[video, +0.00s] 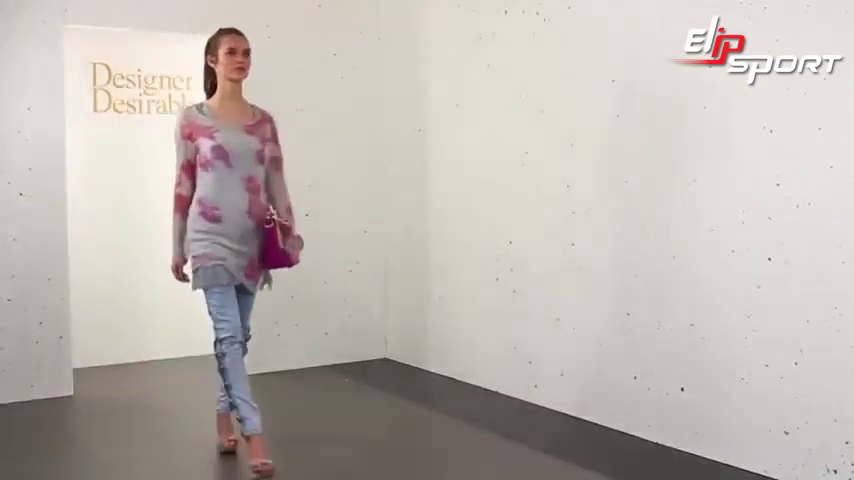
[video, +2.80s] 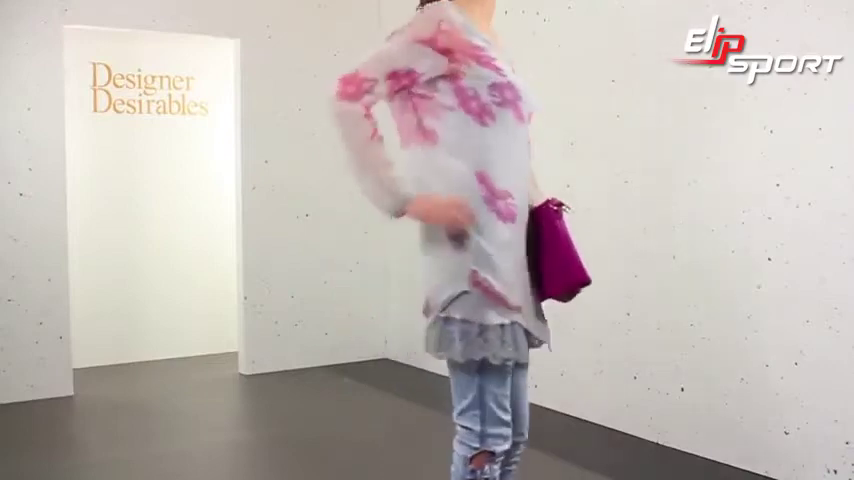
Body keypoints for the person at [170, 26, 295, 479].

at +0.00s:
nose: (240, 60)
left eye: (245, 53)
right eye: (232, 53)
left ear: (251, 61)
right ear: (212, 61)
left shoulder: (264, 120)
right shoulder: (192, 117)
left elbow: (276, 180)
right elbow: (184, 184)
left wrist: (289, 229)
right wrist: (178, 246)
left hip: (253, 238)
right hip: (208, 236)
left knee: (240, 334)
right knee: (228, 333)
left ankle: (225, 412)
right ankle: (252, 430)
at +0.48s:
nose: (277, 41)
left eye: (281, 34)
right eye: (267, 33)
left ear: (286, 42)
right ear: (245, 40)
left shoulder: (297, 105)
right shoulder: (220, 103)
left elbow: (311, 176)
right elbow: (213, 179)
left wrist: (325, 234)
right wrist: (214, 244)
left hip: (294, 240)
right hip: (242, 242)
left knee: (298, 347)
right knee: (247, 346)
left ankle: (298, 450)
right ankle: (260, 445)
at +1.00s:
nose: (330, 18)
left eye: (334, 10)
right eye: (317, 10)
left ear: (340, 22)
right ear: (293, 22)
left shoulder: (350, 100)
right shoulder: (266, 93)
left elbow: (363, 175)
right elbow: (252, 176)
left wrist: (385, 239)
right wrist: (248, 254)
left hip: (347, 248)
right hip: (291, 250)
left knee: (343, 372)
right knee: (320, 369)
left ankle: (329, 473)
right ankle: (291, 463)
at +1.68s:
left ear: (407, 3)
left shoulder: (428, 81)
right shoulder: (331, 76)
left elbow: (442, 172)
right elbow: (317, 176)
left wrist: (462, 251)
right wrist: (310, 269)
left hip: (419, 260)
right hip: (352, 261)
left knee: (423, 401)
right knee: (362, 397)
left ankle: (414, 473)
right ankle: (368, 474)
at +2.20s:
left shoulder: (496, 70)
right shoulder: (385, 58)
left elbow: (513, 173)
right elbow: (368, 175)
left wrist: (540, 258)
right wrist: (352, 277)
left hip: (489, 275)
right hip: (415, 274)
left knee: (488, 426)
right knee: (426, 426)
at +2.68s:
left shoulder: (493, 44)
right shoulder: (422, 36)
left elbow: (520, 146)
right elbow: (341, 126)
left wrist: (550, 243)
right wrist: (361, 233)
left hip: (510, 258)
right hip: (459, 262)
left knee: (504, 439)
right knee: (479, 440)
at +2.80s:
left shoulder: (484, 40)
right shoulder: (438, 25)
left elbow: (493, 142)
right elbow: (350, 97)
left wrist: (535, 201)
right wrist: (399, 200)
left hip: (508, 261)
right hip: (472, 262)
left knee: (511, 436)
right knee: (483, 440)